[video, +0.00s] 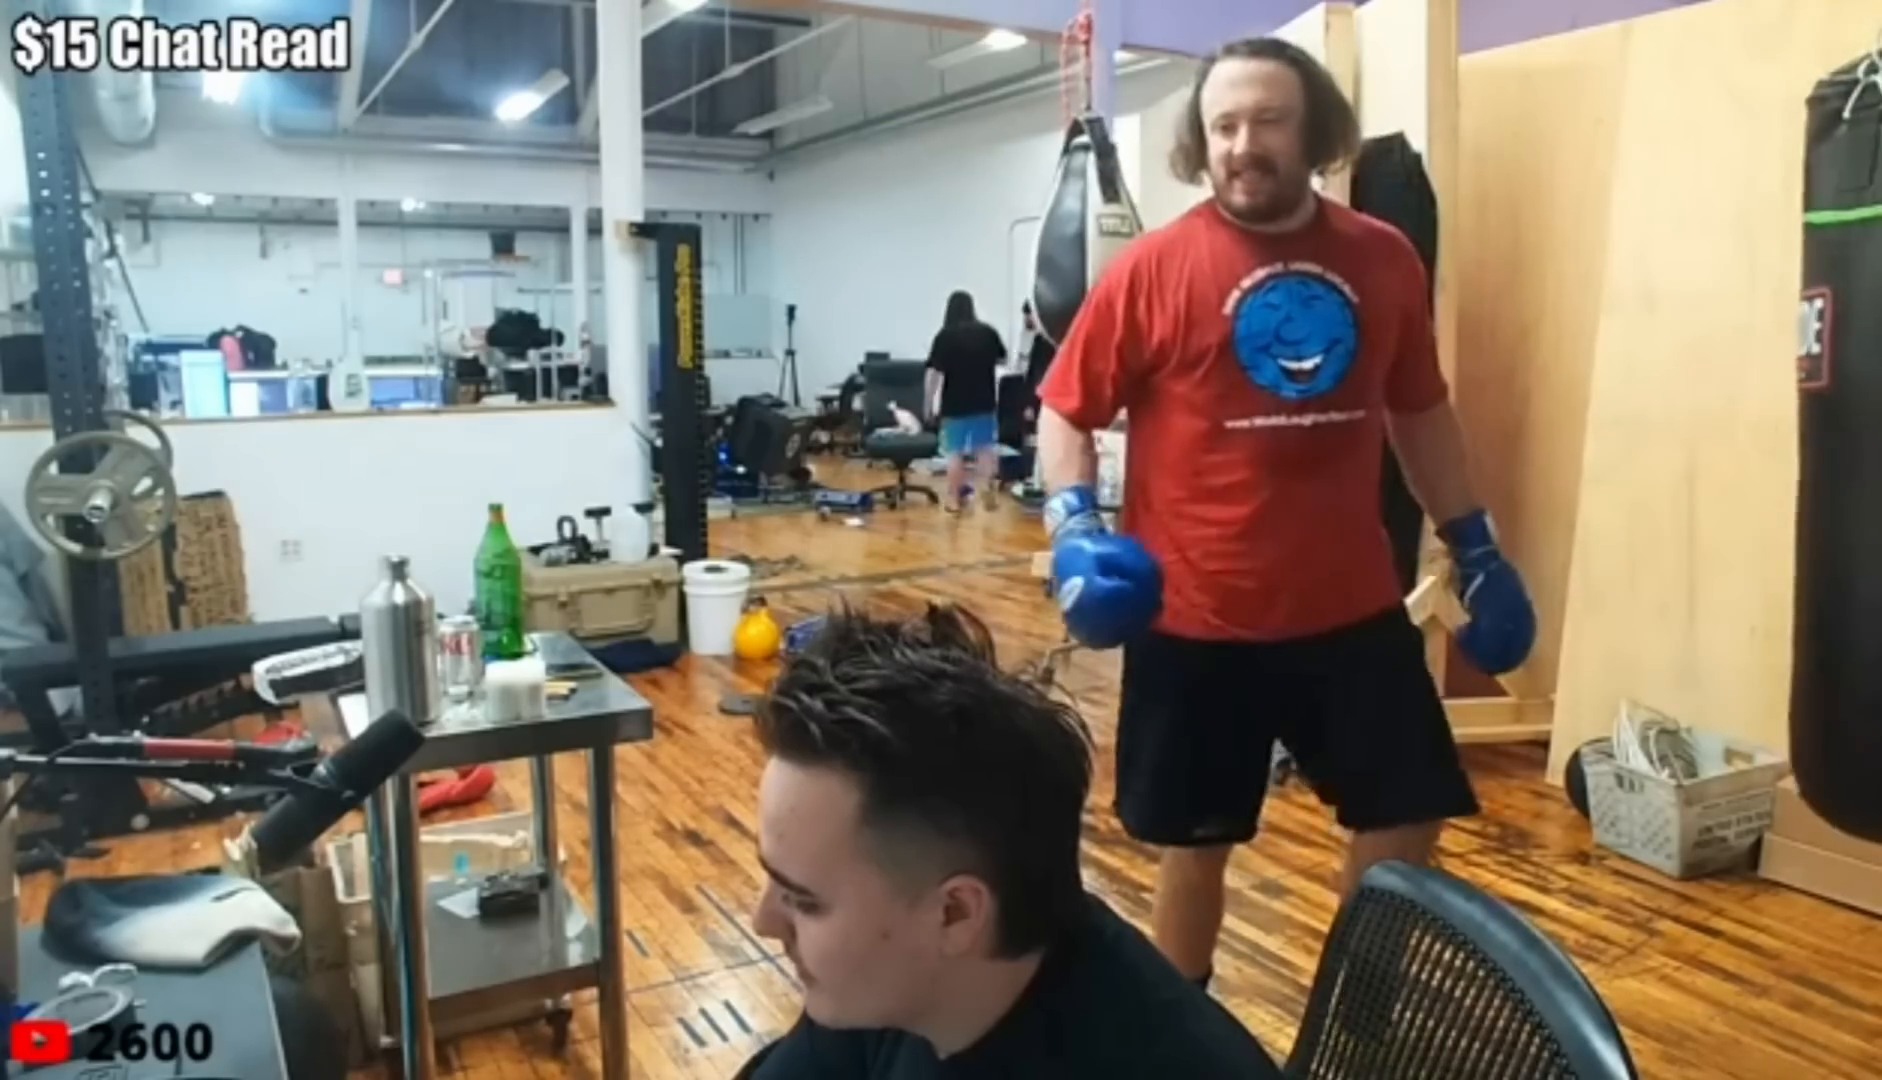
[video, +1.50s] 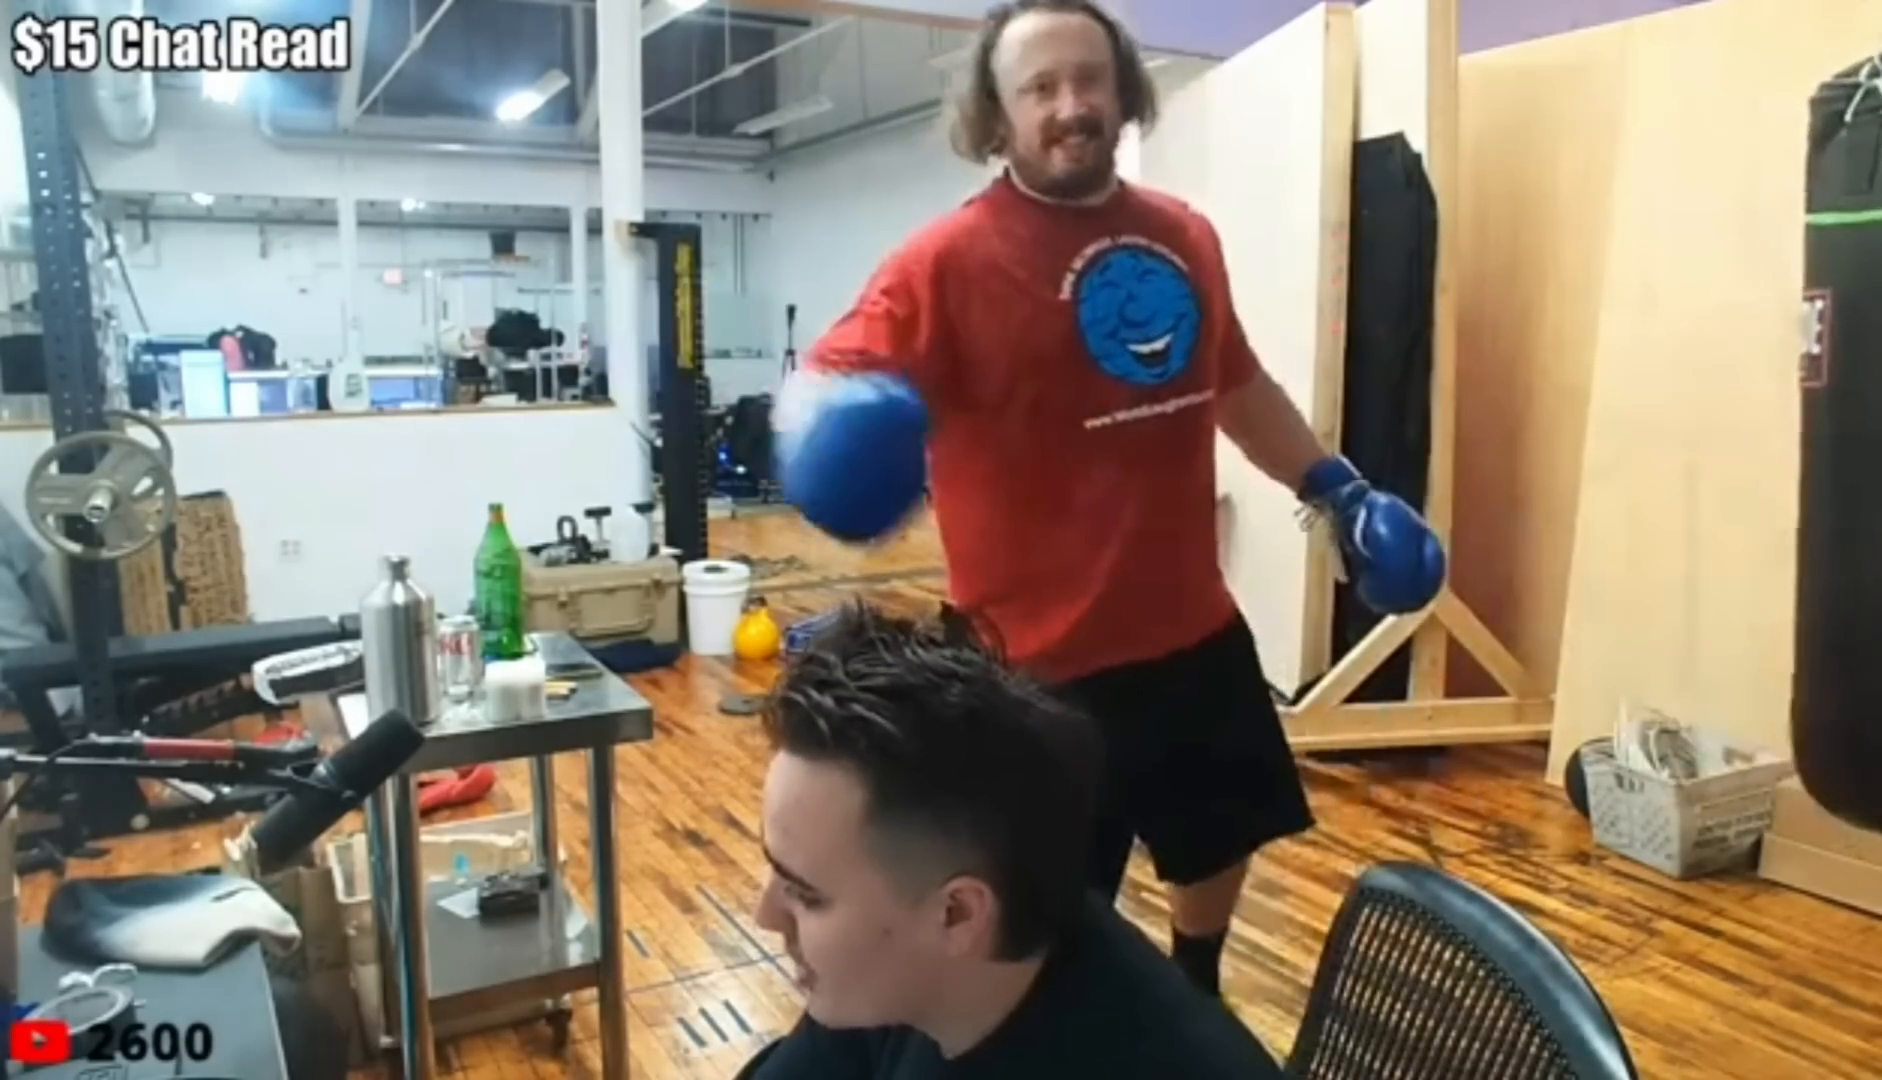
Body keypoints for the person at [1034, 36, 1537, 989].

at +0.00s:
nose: (1244, 145)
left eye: (1270, 122)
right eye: (1224, 124)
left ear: (1316, 136)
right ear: (1199, 140)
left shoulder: (1381, 260)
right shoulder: (1148, 273)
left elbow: (1420, 409)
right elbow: (1065, 406)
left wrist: (1477, 554)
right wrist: (1076, 528)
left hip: (1351, 623)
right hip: (1194, 631)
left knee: (1402, 830)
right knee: (1194, 849)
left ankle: (1360, 1040)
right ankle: (1174, 1046)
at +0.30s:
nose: (1262, 132)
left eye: (1286, 107)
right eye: (1238, 115)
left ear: (1333, 128)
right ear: (1213, 142)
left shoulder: (1389, 259)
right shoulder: (1164, 270)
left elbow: (1433, 418)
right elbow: (1055, 400)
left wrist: (1500, 555)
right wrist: (1022, 519)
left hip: (1358, 638)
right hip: (1205, 642)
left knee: (1343, 873)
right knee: (1195, 884)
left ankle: (1328, 1054)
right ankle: (1170, 1055)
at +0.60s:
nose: (1229, 128)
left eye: (1250, 100)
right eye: (1204, 113)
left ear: (1303, 115)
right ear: (1181, 145)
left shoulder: (1377, 248)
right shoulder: (1152, 270)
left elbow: (1433, 398)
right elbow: (1034, 369)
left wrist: (1535, 524)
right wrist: (907, 371)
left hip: (1357, 638)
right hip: (1207, 648)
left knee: (1330, 870)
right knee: (1171, 895)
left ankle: (1317, 1044)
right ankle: (1104, 1049)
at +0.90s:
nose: (1114, 129)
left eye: (1136, 99)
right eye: (1088, 115)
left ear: (1192, 111)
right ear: (1065, 147)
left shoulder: (1269, 254)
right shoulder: (1039, 279)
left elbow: (1336, 405)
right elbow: (910, 379)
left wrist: (1428, 536)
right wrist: (787, 348)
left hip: (1281, 658)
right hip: (1118, 676)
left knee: (1306, 892)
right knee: (1103, 930)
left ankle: (1315, 1057)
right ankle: (1095, 1078)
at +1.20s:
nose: (1038, 110)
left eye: (1059, 80)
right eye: (1009, 94)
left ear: (1112, 94)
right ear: (981, 126)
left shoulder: (1188, 230)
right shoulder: (945, 273)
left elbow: (1245, 383)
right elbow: (821, 385)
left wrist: (1337, 512)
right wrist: (711, 343)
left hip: (1210, 637)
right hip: (1052, 670)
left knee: (1261, 856)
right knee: (1048, 922)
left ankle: (1268, 1055)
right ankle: (1040, 1072)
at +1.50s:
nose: (1073, 107)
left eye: (1092, 81)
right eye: (1041, 88)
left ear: (1126, 97)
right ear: (995, 120)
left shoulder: (1179, 236)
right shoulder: (946, 265)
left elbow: (1237, 384)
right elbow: (831, 377)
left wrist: (1343, 500)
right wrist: (839, 437)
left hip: (1188, 630)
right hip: (1034, 658)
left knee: (1217, 844)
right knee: (1064, 889)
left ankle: (1194, 1004)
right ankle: (1064, 1036)